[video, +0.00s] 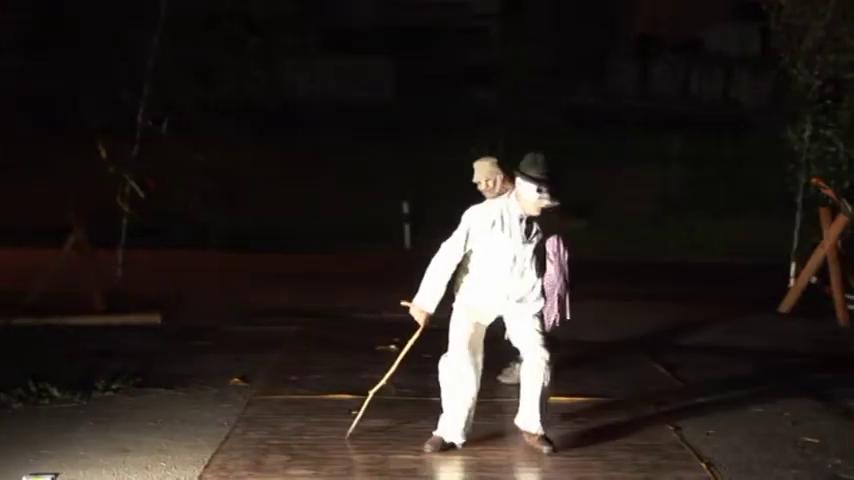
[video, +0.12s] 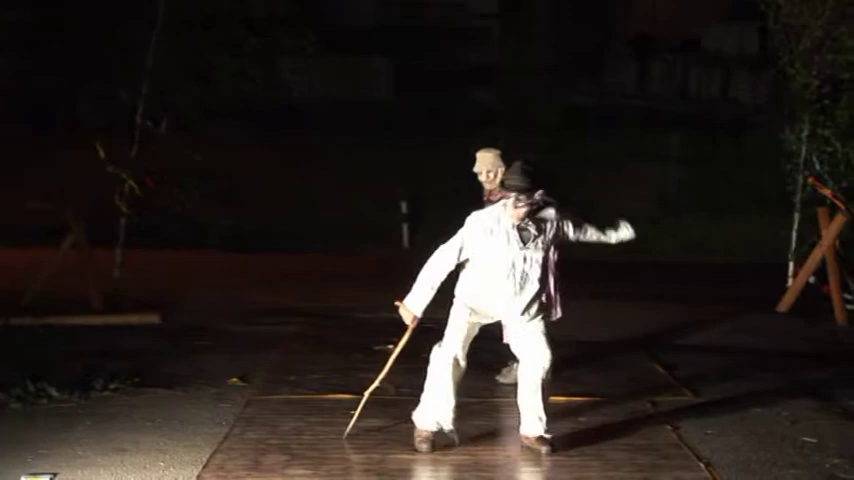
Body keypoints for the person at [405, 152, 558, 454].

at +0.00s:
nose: (543, 202)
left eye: (546, 196)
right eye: (537, 194)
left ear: (547, 194)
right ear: (517, 186)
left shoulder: (535, 222)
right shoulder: (479, 216)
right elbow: (448, 257)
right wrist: (424, 301)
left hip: (520, 300)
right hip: (476, 299)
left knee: (538, 358)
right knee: (461, 360)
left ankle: (530, 426)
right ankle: (450, 431)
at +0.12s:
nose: (519, 211)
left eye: (525, 205)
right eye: (514, 204)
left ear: (534, 202)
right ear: (504, 200)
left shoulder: (549, 220)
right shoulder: (480, 223)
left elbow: (582, 232)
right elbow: (443, 260)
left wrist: (618, 233)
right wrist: (415, 302)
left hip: (523, 309)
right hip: (473, 304)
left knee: (538, 360)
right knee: (450, 354)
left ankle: (533, 430)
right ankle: (429, 425)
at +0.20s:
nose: (520, 213)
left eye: (523, 205)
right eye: (512, 207)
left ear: (529, 202)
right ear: (498, 204)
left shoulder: (548, 222)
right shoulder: (478, 227)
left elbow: (591, 242)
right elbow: (440, 262)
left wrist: (635, 260)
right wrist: (406, 299)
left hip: (523, 310)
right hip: (474, 303)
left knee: (540, 360)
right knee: (447, 346)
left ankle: (532, 431)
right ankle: (410, 413)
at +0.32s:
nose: (487, 212)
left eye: (493, 206)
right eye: (484, 205)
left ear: (511, 199)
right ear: (482, 199)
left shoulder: (538, 215)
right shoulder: (472, 222)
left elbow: (576, 257)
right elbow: (432, 258)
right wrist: (393, 295)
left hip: (517, 307)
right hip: (470, 302)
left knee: (536, 357)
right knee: (443, 352)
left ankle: (530, 429)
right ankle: (399, 406)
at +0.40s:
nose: (481, 207)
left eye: (487, 202)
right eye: (478, 201)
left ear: (505, 195)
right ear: (473, 197)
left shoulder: (528, 210)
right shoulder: (465, 219)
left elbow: (536, 254)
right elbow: (427, 254)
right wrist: (390, 289)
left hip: (510, 301)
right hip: (466, 300)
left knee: (530, 356)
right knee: (446, 358)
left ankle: (523, 429)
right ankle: (404, 421)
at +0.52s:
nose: (476, 212)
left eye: (482, 205)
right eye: (471, 205)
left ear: (494, 201)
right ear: (467, 203)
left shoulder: (506, 218)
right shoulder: (450, 229)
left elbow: (532, 208)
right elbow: (413, 258)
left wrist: (515, 192)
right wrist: (372, 285)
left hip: (502, 310)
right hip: (458, 312)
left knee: (528, 353)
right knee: (446, 366)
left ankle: (520, 432)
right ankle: (413, 440)